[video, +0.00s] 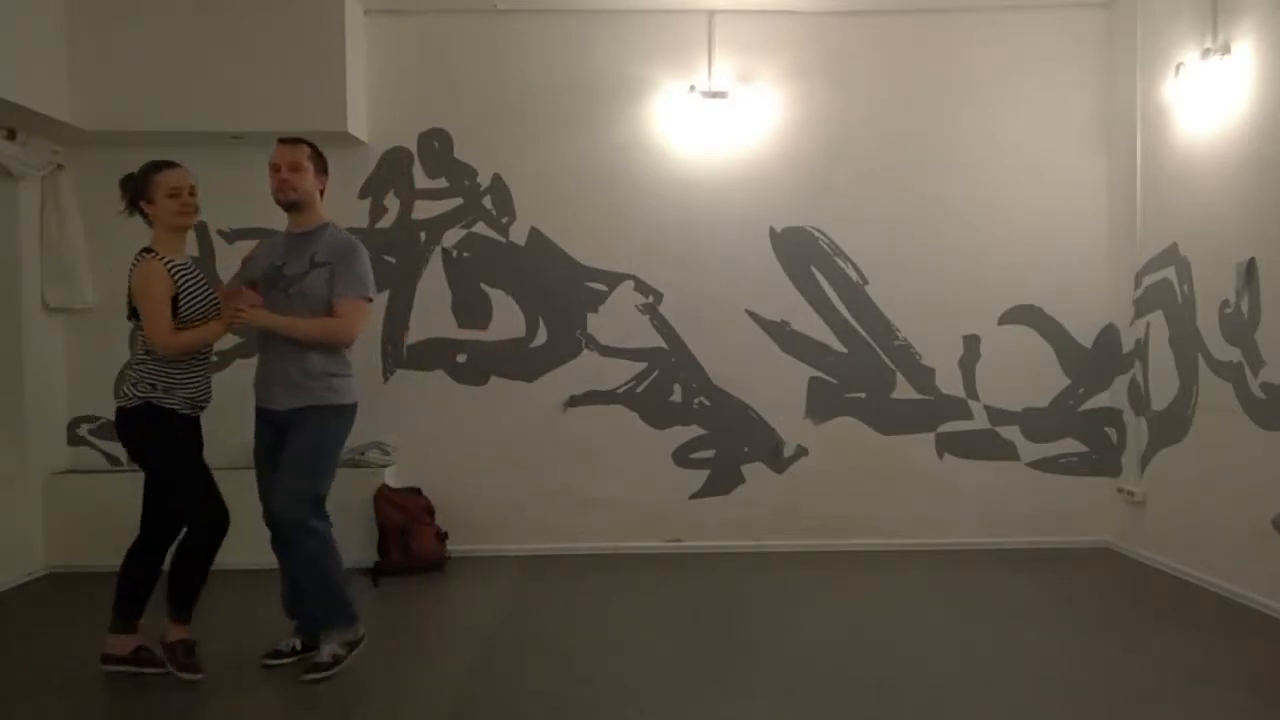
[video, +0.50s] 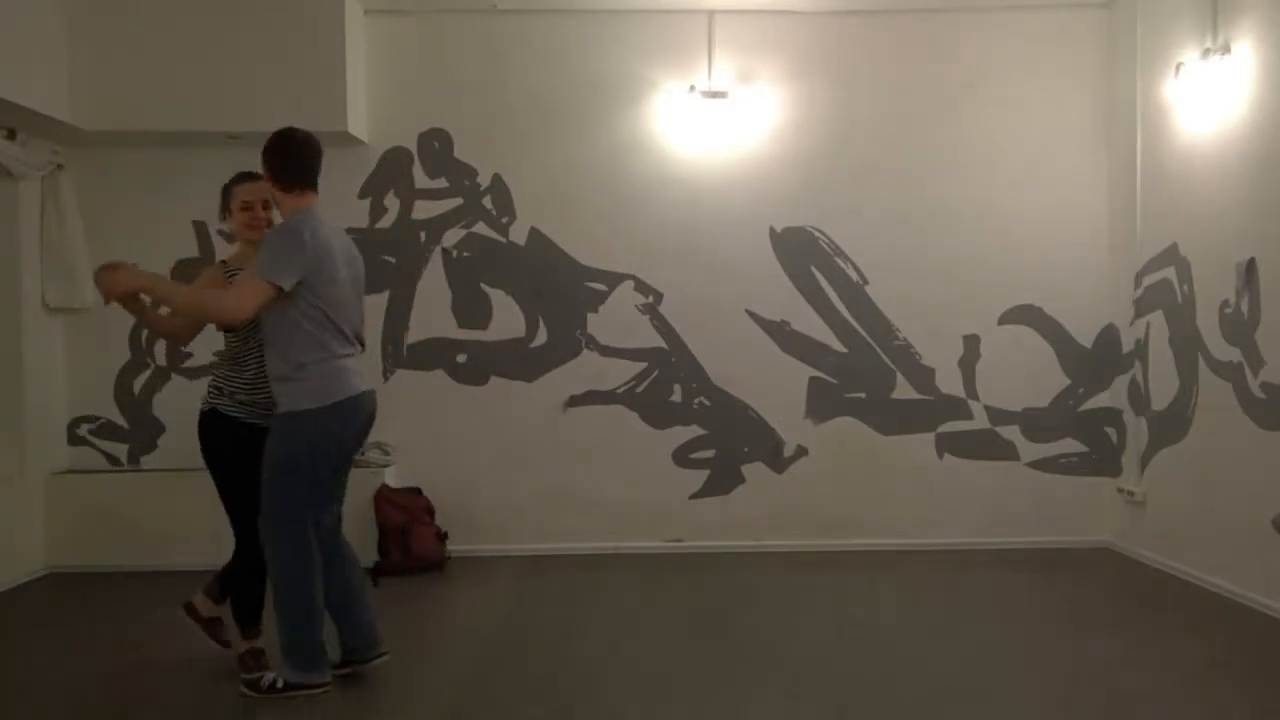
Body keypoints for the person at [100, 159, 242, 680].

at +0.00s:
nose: (189, 200)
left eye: (192, 192)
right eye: (175, 195)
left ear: (197, 201)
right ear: (147, 208)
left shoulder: (186, 263)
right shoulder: (152, 266)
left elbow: (186, 329)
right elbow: (163, 342)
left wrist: (229, 304)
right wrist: (222, 322)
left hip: (177, 410)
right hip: (152, 412)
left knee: (158, 528)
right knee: (211, 518)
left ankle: (121, 639)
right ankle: (177, 631)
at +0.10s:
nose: (199, 202)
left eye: (202, 194)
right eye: (185, 195)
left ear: (208, 201)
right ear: (158, 208)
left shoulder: (197, 262)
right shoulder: (163, 266)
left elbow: (197, 326)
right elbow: (164, 341)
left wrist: (238, 301)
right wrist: (220, 331)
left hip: (190, 413)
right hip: (166, 415)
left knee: (161, 527)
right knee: (222, 522)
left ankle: (122, 639)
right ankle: (224, 642)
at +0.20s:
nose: (210, 210)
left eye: (215, 202)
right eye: (197, 204)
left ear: (222, 207)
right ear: (173, 214)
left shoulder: (213, 268)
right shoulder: (176, 272)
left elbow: (226, 333)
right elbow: (176, 351)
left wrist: (261, 319)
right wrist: (235, 338)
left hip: (208, 422)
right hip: (180, 423)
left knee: (169, 533)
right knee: (233, 527)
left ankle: (122, 640)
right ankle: (250, 646)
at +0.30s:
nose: (227, 209)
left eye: (231, 201)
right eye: (214, 202)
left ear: (238, 209)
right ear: (188, 213)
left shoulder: (235, 267)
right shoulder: (189, 271)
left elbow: (239, 332)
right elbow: (177, 347)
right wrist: (236, 330)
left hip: (233, 419)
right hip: (198, 419)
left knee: (198, 530)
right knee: (239, 526)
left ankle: (133, 629)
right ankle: (249, 648)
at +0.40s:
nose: (244, 211)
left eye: (249, 202)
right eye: (231, 203)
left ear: (257, 210)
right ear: (207, 214)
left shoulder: (266, 270)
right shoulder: (201, 273)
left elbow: (288, 327)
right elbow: (178, 350)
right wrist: (157, 320)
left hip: (262, 415)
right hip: (216, 415)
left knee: (244, 530)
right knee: (244, 530)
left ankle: (159, 614)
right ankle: (250, 648)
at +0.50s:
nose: (260, 215)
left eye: (267, 206)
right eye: (248, 208)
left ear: (279, 210)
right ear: (228, 217)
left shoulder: (288, 272)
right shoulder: (221, 275)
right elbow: (178, 329)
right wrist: (131, 300)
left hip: (277, 418)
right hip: (228, 418)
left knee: (267, 530)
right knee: (255, 534)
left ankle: (209, 600)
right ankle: (251, 643)